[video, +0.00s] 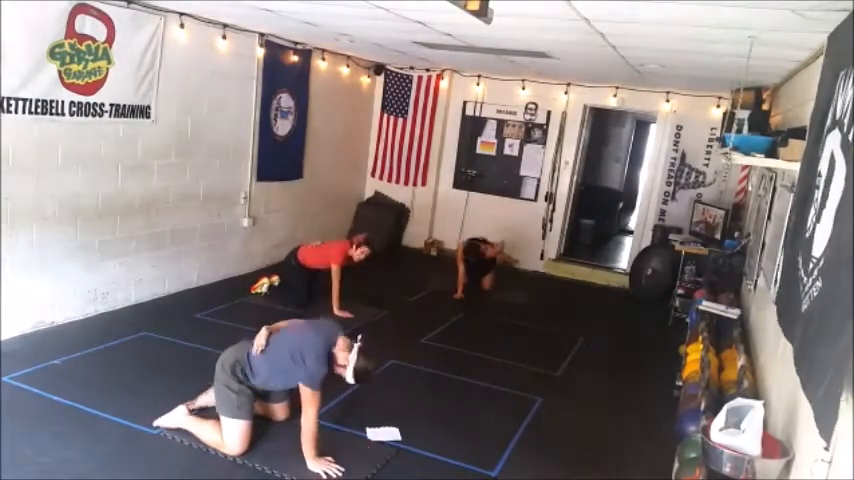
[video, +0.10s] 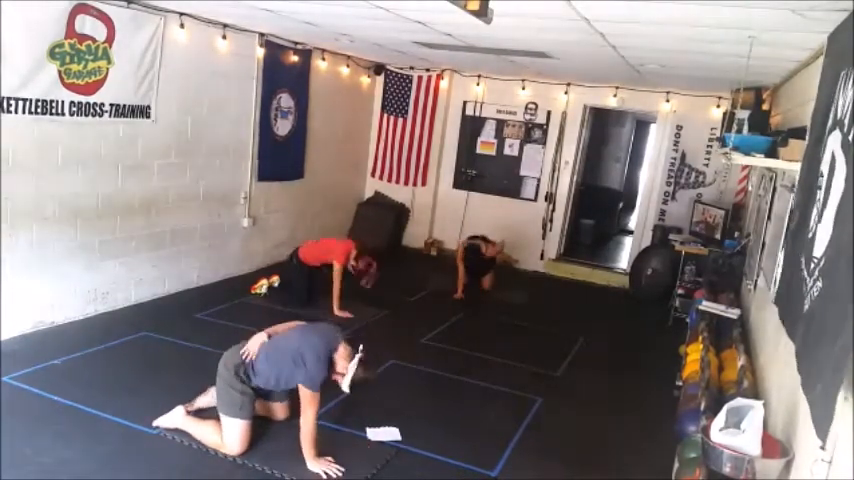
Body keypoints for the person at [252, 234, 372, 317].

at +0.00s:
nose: (362, 257)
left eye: (365, 255)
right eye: (362, 252)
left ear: (364, 254)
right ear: (355, 247)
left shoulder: (348, 247)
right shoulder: (339, 252)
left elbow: (331, 244)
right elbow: (335, 282)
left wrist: (319, 244)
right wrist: (336, 309)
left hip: (308, 261)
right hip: (296, 262)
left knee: (311, 296)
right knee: (299, 301)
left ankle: (278, 282)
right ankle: (269, 287)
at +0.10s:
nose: (352, 269)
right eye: (354, 267)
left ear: (363, 260)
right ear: (356, 259)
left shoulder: (352, 246)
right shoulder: (340, 254)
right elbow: (336, 283)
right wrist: (336, 310)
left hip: (310, 261)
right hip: (299, 261)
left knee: (310, 296)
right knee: (300, 300)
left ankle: (280, 282)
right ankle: (269, 288)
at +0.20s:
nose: (357, 264)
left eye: (360, 263)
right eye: (357, 261)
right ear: (355, 254)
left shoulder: (350, 245)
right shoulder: (339, 252)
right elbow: (335, 283)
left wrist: (362, 277)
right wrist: (336, 309)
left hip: (311, 261)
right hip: (299, 260)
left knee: (311, 294)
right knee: (300, 299)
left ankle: (280, 281)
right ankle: (269, 287)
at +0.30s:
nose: (366, 261)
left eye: (369, 259)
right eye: (365, 258)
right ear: (358, 251)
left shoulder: (349, 253)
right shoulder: (341, 253)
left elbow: (326, 246)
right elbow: (337, 286)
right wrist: (339, 307)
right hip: (295, 263)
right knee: (300, 300)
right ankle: (272, 288)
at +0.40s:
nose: (368, 250)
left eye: (368, 246)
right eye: (366, 246)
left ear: (357, 246)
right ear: (356, 245)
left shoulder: (346, 251)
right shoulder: (340, 255)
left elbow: (327, 247)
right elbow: (336, 284)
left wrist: (314, 247)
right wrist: (337, 301)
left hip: (303, 254)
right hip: (294, 263)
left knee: (310, 292)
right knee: (302, 300)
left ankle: (277, 281)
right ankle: (269, 289)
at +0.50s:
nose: (366, 260)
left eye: (368, 257)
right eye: (365, 257)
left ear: (356, 250)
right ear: (355, 252)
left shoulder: (345, 249)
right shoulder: (339, 255)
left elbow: (328, 244)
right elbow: (336, 283)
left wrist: (315, 243)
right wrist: (336, 309)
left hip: (301, 256)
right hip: (294, 263)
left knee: (308, 293)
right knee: (299, 298)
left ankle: (277, 281)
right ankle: (268, 288)